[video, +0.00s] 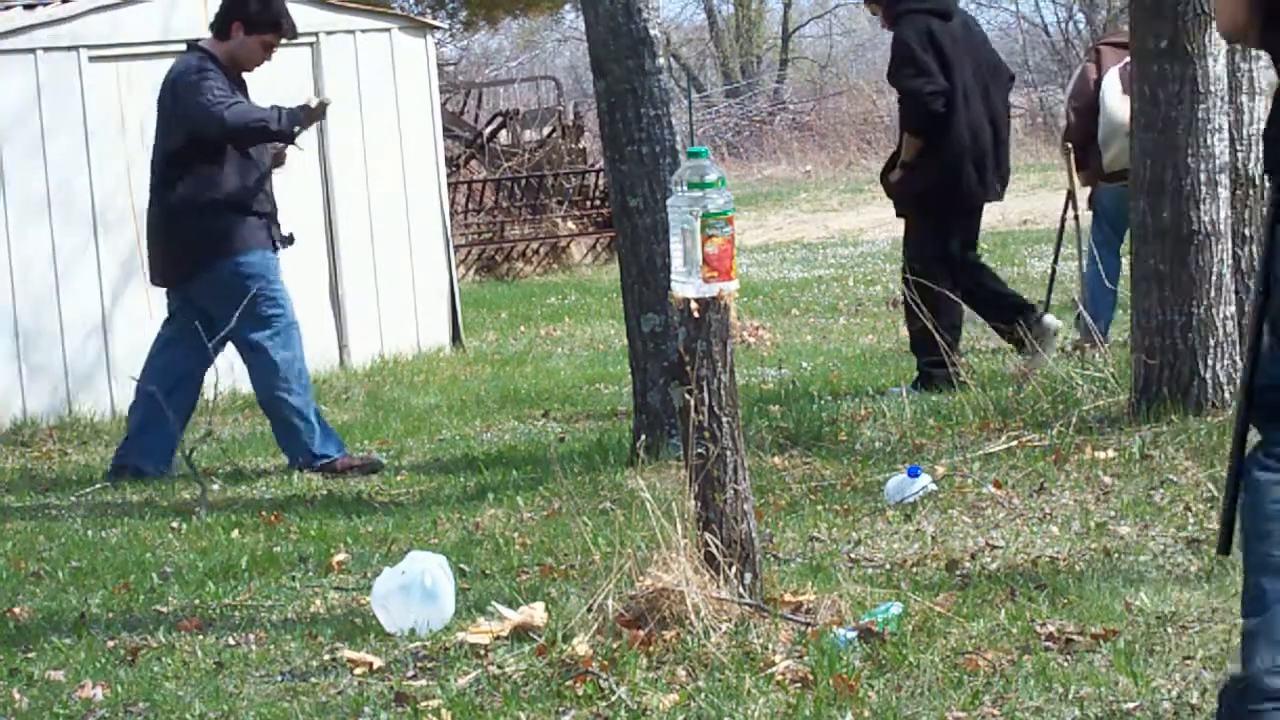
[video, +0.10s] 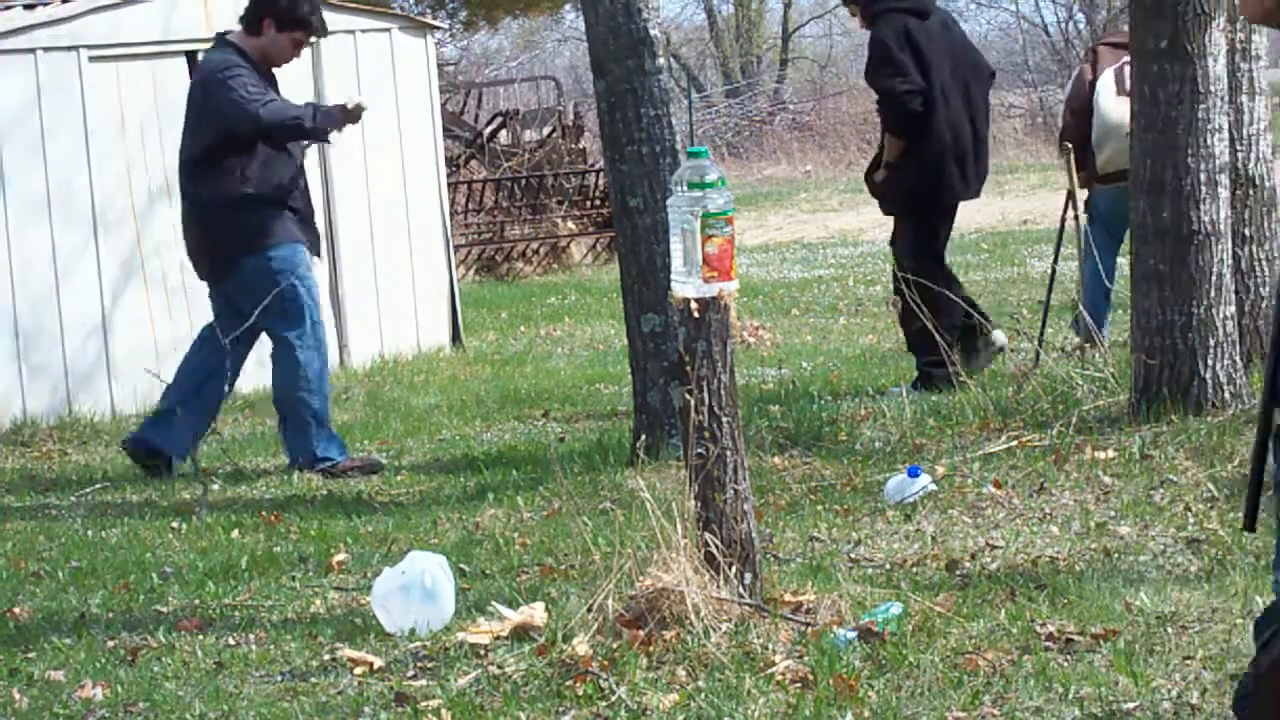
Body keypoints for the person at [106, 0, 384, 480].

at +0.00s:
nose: (268, 57)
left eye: (273, 49)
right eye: (266, 45)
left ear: (237, 31)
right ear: (236, 29)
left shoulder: (212, 77)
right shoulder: (198, 73)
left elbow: (213, 162)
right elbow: (225, 120)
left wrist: (263, 155)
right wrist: (292, 118)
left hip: (209, 240)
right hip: (225, 235)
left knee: (181, 354)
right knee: (276, 335)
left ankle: (137, 464)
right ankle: (316, 454)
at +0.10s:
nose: (298, 56)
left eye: (303, 47)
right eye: (296, 43)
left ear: (268, 27)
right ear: (268, 25)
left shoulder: (231, 69)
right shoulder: (229, 70)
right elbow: (264, 116)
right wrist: (327, 116)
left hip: (230, 232)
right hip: (257, 225)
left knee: (228, 337)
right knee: (302, 333)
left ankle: (159, 441)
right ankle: (316, 453)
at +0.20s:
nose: (323, 45)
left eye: (328, 36)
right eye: (322, 33)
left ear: (294, 18)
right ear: (295, 17)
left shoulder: (270, 61)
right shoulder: (254, 60)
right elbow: (293, 109)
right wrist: (361, 113)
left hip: (286, 224)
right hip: (280, 226)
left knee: (282, 327)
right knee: (311, 336)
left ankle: (199, 410)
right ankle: (316, 455)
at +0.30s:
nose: (349, 36)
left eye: (353, 27)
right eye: (347, 25)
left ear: (318, 11)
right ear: (319, 9)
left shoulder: (299, 55)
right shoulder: (277, 53)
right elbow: (318, 102)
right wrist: (389, 107)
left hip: (318, 214)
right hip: (290, 218)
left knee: (346, 302)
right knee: (320, 316)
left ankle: (266, 406)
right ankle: (316, 452)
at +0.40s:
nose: (374, 35)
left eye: (378, 26)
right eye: (372, 24)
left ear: (344, 11)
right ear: (344, 8)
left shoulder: (325, 54)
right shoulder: (301, 50)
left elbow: (348, 120)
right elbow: (349, 100)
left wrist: (407, 112)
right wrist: (421, 103)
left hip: (354, 217)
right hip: (315, 219)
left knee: (374, 319)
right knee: (324, 329)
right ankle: (316, 453)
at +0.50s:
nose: (398, 37)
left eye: (403, 30)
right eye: (397, 26)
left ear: (368, 12)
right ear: (370, 10)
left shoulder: (347, 56)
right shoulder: (328, 53)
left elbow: (375, 124)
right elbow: (377, 99)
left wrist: (437, 112)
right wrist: (444, 107)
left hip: (371, 220)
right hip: (338, 223)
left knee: (395, 331)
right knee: (336, 335)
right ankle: (317, 455)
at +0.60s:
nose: (426, 39)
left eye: (431, 31)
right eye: (425, 28)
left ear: (395, 14)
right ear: (397, 12)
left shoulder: (374, 58)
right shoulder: (356, 56)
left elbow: (407, 112)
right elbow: (405, 99)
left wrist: (468, 109)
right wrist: (474, 106)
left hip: (401, 224)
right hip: (367, 226)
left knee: (432, 332)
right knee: (350, 338)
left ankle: (481, 425)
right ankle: (318, 454)